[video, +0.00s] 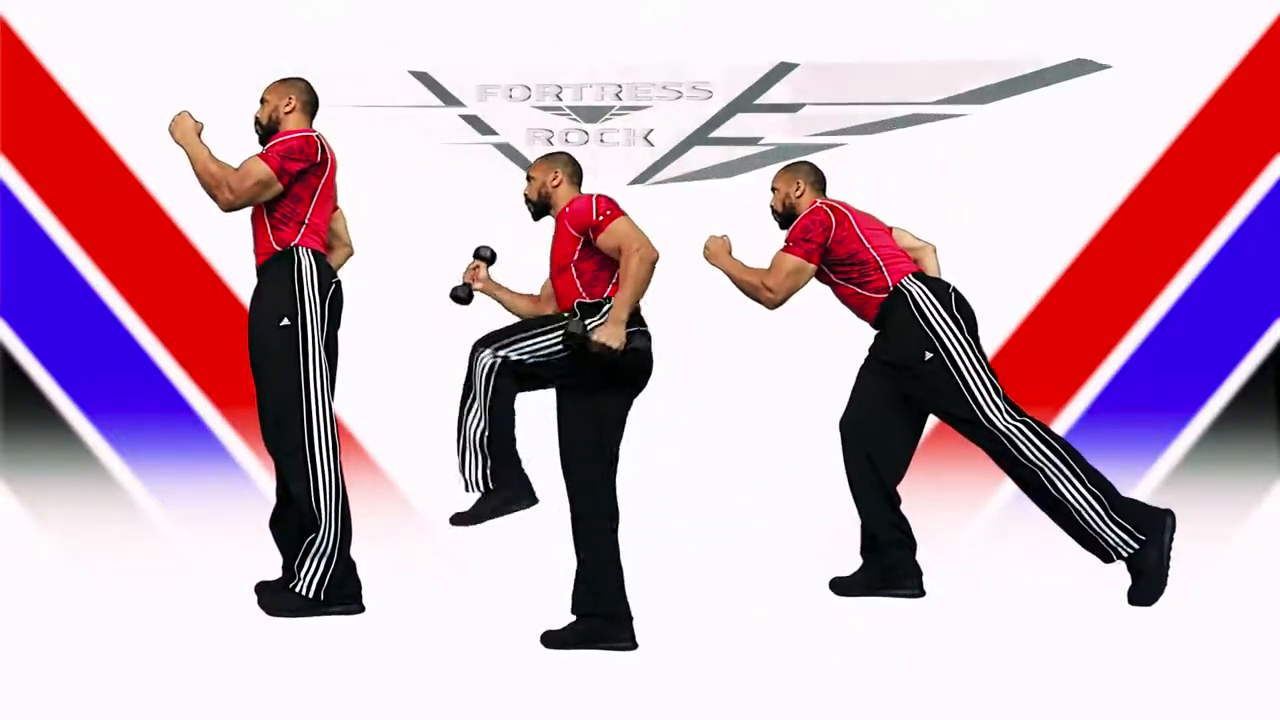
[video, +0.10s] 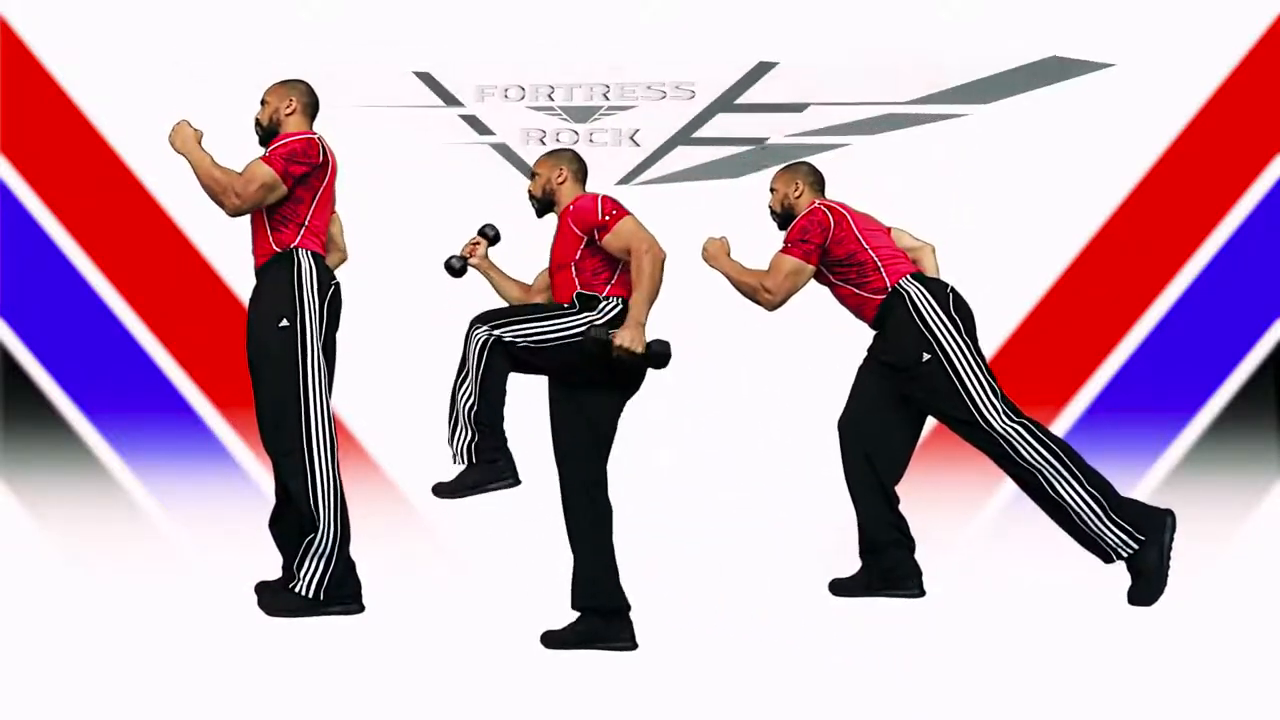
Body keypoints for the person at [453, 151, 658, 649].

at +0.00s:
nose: (525, 192)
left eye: (529, 181)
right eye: (525, 184)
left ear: (555, 178)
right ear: (559, 180)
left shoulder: (585, 207)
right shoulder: (567, 237)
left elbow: (641, 253)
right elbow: (543, 308)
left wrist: (617, 320)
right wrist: (488, 285)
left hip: (597, 335)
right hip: (609, 350)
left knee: (490, 356)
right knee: (589, 485)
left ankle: (503, 484)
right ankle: (603, 619)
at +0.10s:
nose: (530, 187)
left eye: (535, 177)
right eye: (530, 179)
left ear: (561, 175)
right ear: (561, 177)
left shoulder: (589, 206)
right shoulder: (570, 238)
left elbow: (648, 252)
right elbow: (532, 297)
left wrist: (636, 322)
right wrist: (486, 265)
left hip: (598, 324)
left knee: (487, 331)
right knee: (582, 484)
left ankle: (487, 458)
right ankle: (604, 618)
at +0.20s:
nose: (532, 188)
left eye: (538, 178)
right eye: (533, 180)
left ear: (563, 177)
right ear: (563, 179)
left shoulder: (591, 206)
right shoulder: (573, 238)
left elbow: (649, 256)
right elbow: (533, 296)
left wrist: (638, 328)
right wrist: (486, 261)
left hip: (599, 324)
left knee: (484, 335)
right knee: (579, 484)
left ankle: (486, 465)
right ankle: (603, 618)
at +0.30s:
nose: (534, 187)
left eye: (539, 178)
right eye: (535, 180)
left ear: (566, 176)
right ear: (565, 179)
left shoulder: (591, 206)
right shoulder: (572, 234)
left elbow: (647, 256)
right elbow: (537, 298)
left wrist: (636, 327)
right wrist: (492, 264)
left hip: (597, 323)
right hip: (602, 343)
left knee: (483, 338)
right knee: (579, 485)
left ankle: (486, 469)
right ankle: (603, 619)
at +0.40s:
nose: (535, 188)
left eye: (540, 178)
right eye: (536, 180)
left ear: (566, 176)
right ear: (566, 179)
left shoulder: (591, 205)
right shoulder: (572, 235)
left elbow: (647, 253)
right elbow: (540, 299)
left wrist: (634, 325)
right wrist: (493, 266)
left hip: (598, 325)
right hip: (601, 344)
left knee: (483, 333)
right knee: (579, 484)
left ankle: (478, 466)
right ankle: (603, 618)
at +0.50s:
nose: (534, 188)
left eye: (539, 178)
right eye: (535, 181)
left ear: (565, 175)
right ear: (569, 178)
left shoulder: (590, 205)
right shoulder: (570, 236)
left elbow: (646, 253)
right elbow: (542, 301)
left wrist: (631, 321)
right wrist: (493, 269)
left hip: (597, 329)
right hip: (600, 347)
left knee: (483, 334)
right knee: (580, 483)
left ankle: (472, 466)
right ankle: (603, 617)